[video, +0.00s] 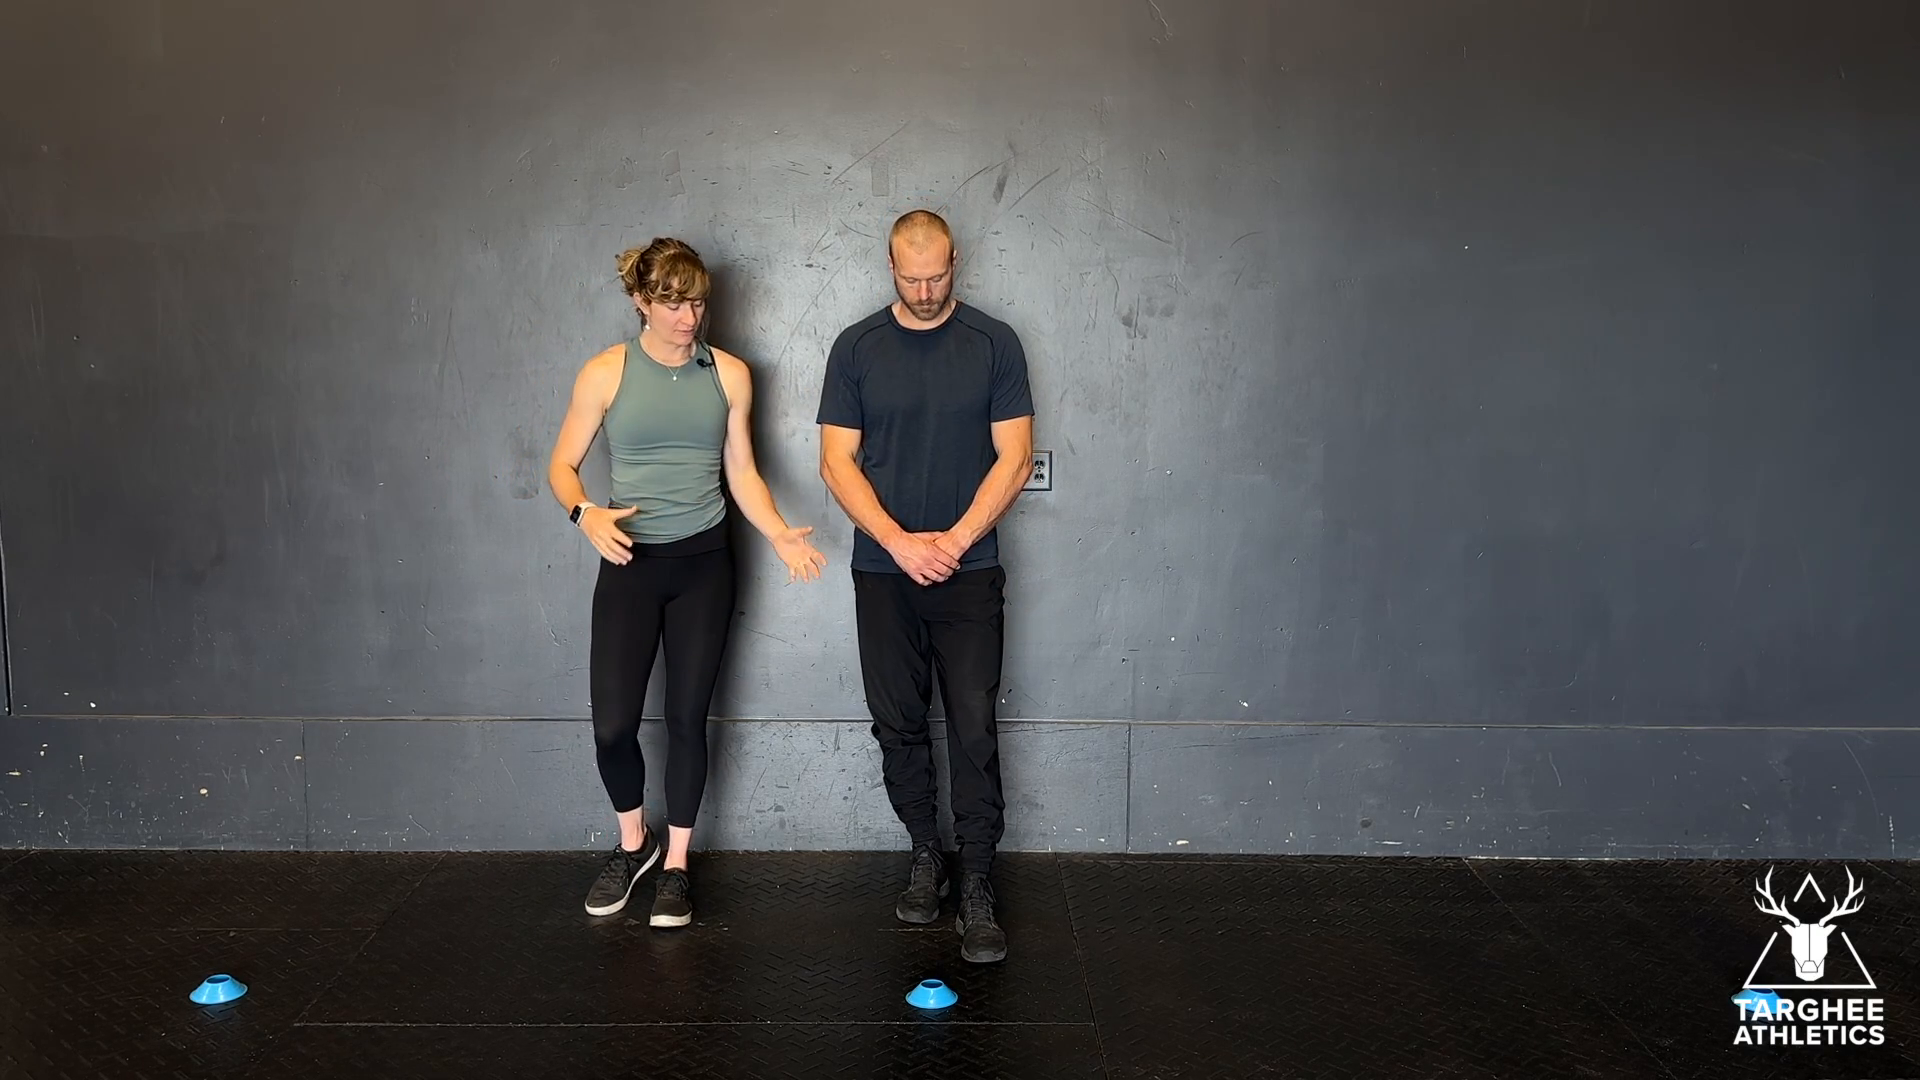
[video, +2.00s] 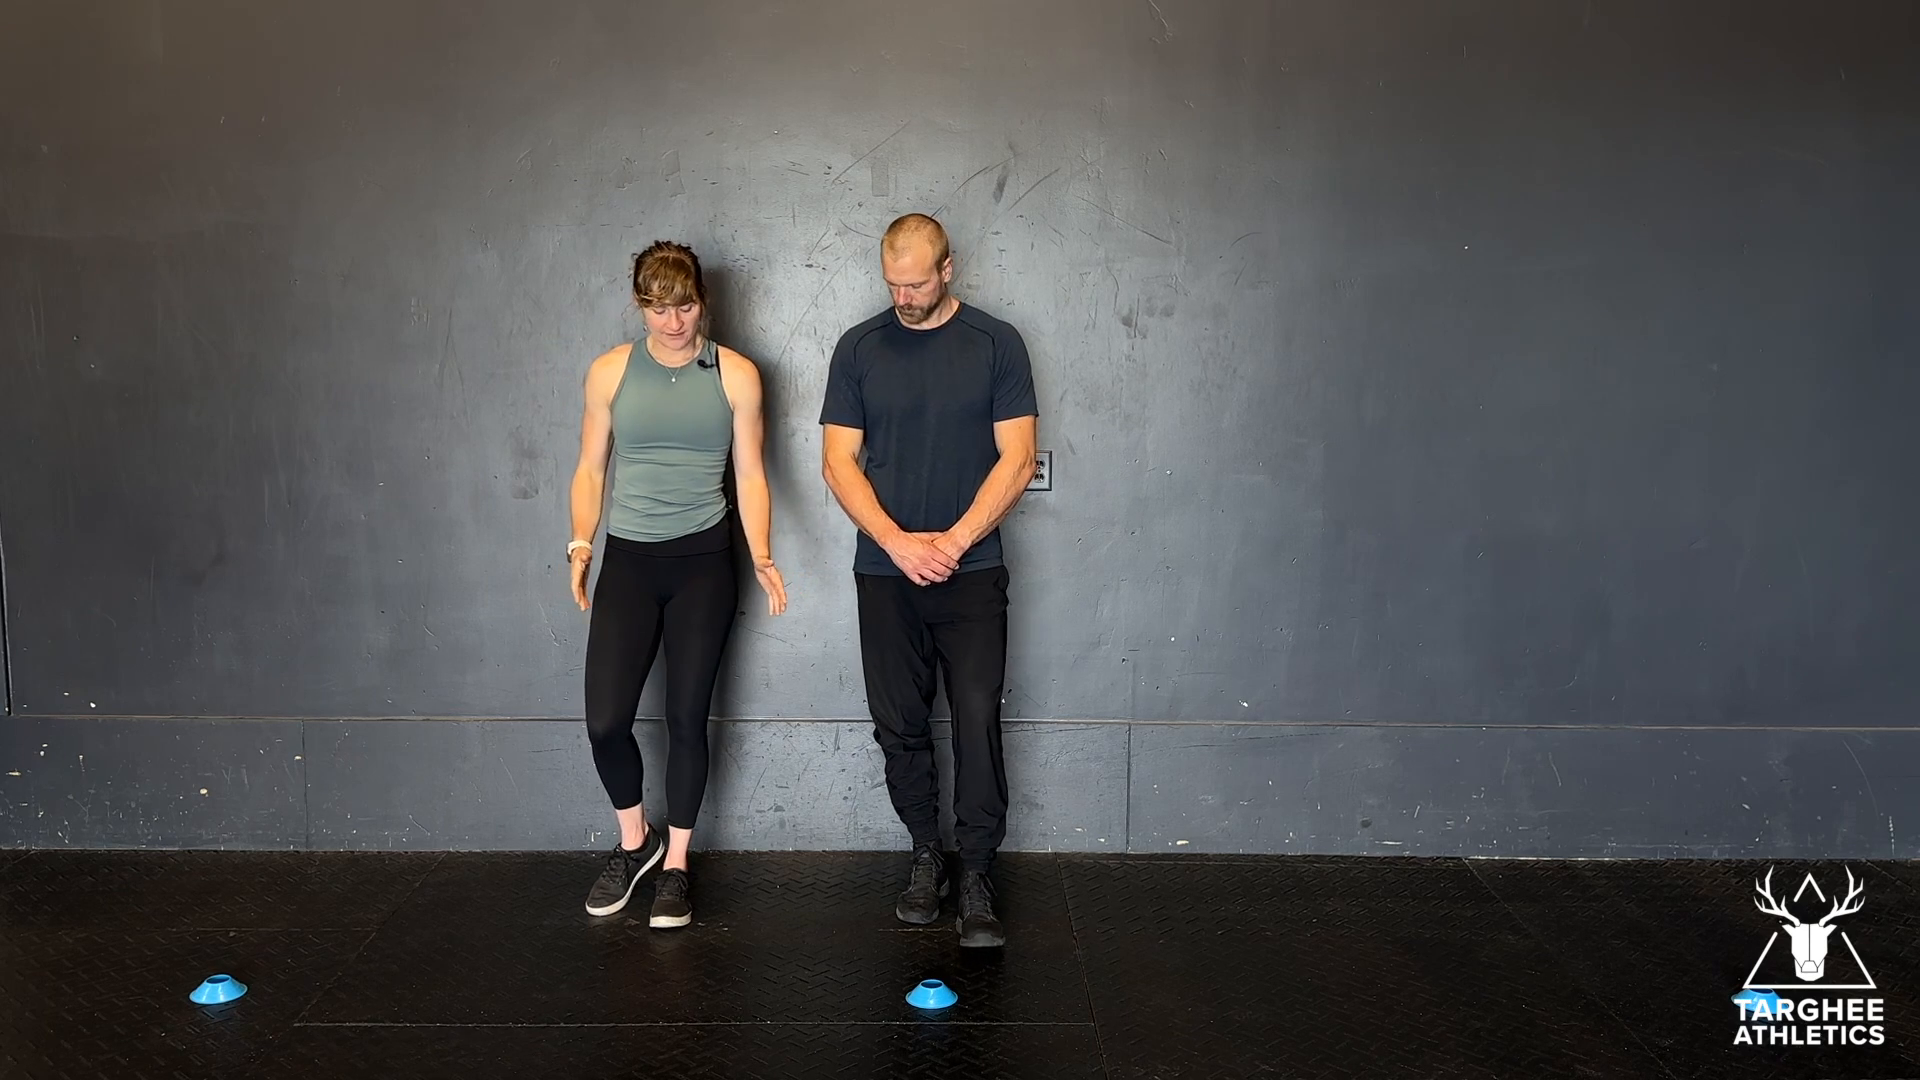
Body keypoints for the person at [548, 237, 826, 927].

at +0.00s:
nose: (688, 315)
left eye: (696, 301)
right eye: (673, 303)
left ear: (704, 299)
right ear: (642, 302)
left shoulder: (728, 373)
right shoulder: (606, 373)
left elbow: (741, 468)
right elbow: (562, 466)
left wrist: (780, 534)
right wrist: (584, 513)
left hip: (705, 561)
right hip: (628, 564)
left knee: (687, 716)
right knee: (612, 725)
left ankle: (675, 867)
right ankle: (635, 844)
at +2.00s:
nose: (673, 322)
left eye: (683, 309)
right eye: (660, 310)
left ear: (701, 303)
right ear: (641, 307)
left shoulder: (735, 374)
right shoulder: (610, 371)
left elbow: (750, 473)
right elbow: (591, 467)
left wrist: (761, 556)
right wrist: (581, 546)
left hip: (704, 561)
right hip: (626, 562)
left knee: (688, 715)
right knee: (605, 720)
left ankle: (677, 865)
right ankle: (635, 841)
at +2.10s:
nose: (676, 321)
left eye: (685, 307)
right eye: (662, 309)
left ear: (701, 302)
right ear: (641, 307)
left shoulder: (735, 374)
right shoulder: (609, 372)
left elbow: (752, 475)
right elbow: (589, 471)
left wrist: (767, 561)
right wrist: (588, 550)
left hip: (704, 560)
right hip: (625, 562)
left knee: (687, 717)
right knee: (608, 721)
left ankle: (677, 865)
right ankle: (635, 843)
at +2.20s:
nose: (678, 322)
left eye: (687, 309)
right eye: (664, 311)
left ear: (701, 302)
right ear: (640, 307)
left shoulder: (733, 374)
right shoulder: (609, 372)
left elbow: (751, 475)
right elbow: (587, 473)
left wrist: (767, 562)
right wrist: (589, 558)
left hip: (703, 561)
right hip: (626, 563)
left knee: (687, 716)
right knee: (608, 722)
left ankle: (676, 864)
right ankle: (634, 842)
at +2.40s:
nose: (667, 323)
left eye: (679, 310)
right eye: (655, 311)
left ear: (697, 303)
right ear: (638, 307)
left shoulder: (731, 375)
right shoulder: (608, 371)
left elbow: (748, 474)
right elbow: (576, 470)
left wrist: (769, 557)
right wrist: (558, 554)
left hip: (701, 562)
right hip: (623, 562)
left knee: (684, 716)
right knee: (604, 721)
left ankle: (676, 864)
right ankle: (631, 841)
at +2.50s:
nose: (664, 321)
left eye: (675, 308)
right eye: (651, 310)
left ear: (694, 303)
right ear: (635, 307)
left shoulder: (730, 375)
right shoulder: (607, 370)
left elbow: (751, 475)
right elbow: (567, 467)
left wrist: (773, 557)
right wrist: (538, 552)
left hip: (700, 561)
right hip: (623, 561)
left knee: (683, 714)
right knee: (602, 721)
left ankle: (675, 865)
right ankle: (631, 842)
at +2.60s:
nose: (659, 319)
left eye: (670, 306)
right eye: (647, 307)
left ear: (692, 303)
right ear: (632, 305)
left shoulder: (729, 375)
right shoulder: (606, 371)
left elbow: (752, 473)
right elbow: (560, 465)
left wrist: (776, 554)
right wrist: (522, 545)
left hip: (698, 560)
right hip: (622, 560)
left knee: (682, 714)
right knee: (600, 719)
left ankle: (676, 863)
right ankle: (633, 844)